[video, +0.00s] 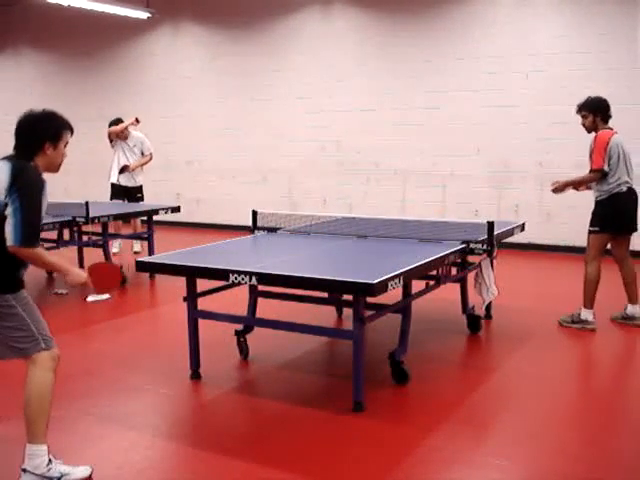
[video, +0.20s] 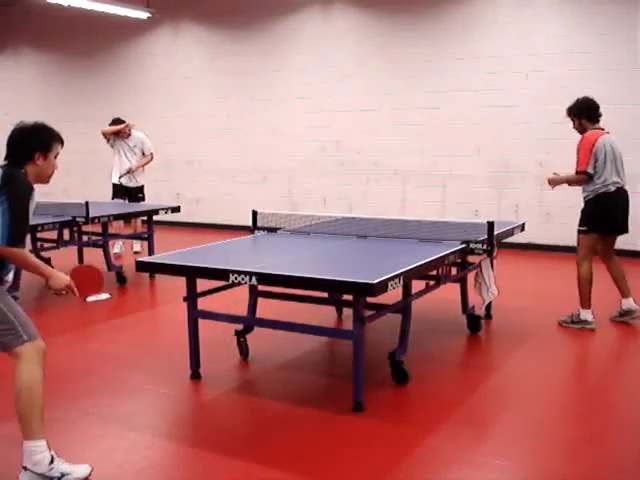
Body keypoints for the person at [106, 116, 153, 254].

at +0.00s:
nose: (120, 136)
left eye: (121, 132)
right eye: (117, 134)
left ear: (126, 129)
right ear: (113, 134)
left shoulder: (139, 138)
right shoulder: (116, 142)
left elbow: (149, 155)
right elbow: (111, 132)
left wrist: (135, 165)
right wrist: (128, 123)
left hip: (135, 183)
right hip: (117, 182)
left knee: (135, 215)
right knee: (115, 215)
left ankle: (137, 240)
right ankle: (117, 239)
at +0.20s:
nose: (122, 135)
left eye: (123, 132)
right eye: (119, 134)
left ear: (127, 128)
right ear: (116, 133)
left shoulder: (140, 138)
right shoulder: (115, 141)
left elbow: (150, 156)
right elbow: (104, 132)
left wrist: (136, 166)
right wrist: (121, 127)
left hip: (136, 182)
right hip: (119, 181)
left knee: (136, 215)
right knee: (117, 214)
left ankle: (137, 240)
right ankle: (118, 241)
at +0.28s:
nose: (123, 132)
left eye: (123, 128)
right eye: (119, 131)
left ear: (127, 124)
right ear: (115, 131)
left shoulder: (140, 139)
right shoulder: (115, 140)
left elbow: (150, 157)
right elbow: (97, 145)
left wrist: (137, 168)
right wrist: (109, 142)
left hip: (136, 184)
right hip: (118, 183)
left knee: (136, 215)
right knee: (117, 216)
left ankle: (136, 241)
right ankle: (117, 243)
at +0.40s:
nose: (122, 131)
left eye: (123, 127)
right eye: (118, 129)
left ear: (127, 125)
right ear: (114, 130)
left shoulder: (138, 139)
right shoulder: (111, 141)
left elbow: (148, 157)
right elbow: (96, 155)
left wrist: (137, 170)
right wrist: (106, 157)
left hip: (135, 184)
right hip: (118, 184)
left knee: (136, 216)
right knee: (117, 217)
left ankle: (136, 241)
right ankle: (117, 244)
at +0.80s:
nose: (109, 135)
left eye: (112, 131)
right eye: (108, 132)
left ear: (120, 130)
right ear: (106, 132)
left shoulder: (134, 142)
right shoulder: (104, 147)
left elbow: (146, 157)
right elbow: (98, 162)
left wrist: (144, 178)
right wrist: (107, 177)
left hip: (138, 185)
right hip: (119, 187)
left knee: (152, 213)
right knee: (117, 219)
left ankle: (157, 238)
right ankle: (117, 246)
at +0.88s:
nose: (111, 136)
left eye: (114, 133)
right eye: (110, 133)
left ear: (123, 133)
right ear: (109, 133)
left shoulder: (137, 144)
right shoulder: (108, 147)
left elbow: (150, 160)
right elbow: (101, 162)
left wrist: (146, 180)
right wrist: (108, 177)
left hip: (142, 184)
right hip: (124, 187)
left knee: (160, 212)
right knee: (119, 217)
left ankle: (174, 239)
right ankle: (117, 247)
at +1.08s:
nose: (122, 143)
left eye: (124, 139)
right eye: (121, 139)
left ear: (133, 139)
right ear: (121, 140)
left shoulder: (151, 152)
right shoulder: (122, 153)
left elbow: (163, 168)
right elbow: (119, 165)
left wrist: (152, 186)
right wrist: (124, 184)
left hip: (154, 192)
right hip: (132, 192)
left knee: (167, 217)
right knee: (120, 219)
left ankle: (183, 243)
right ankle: (116, 247)